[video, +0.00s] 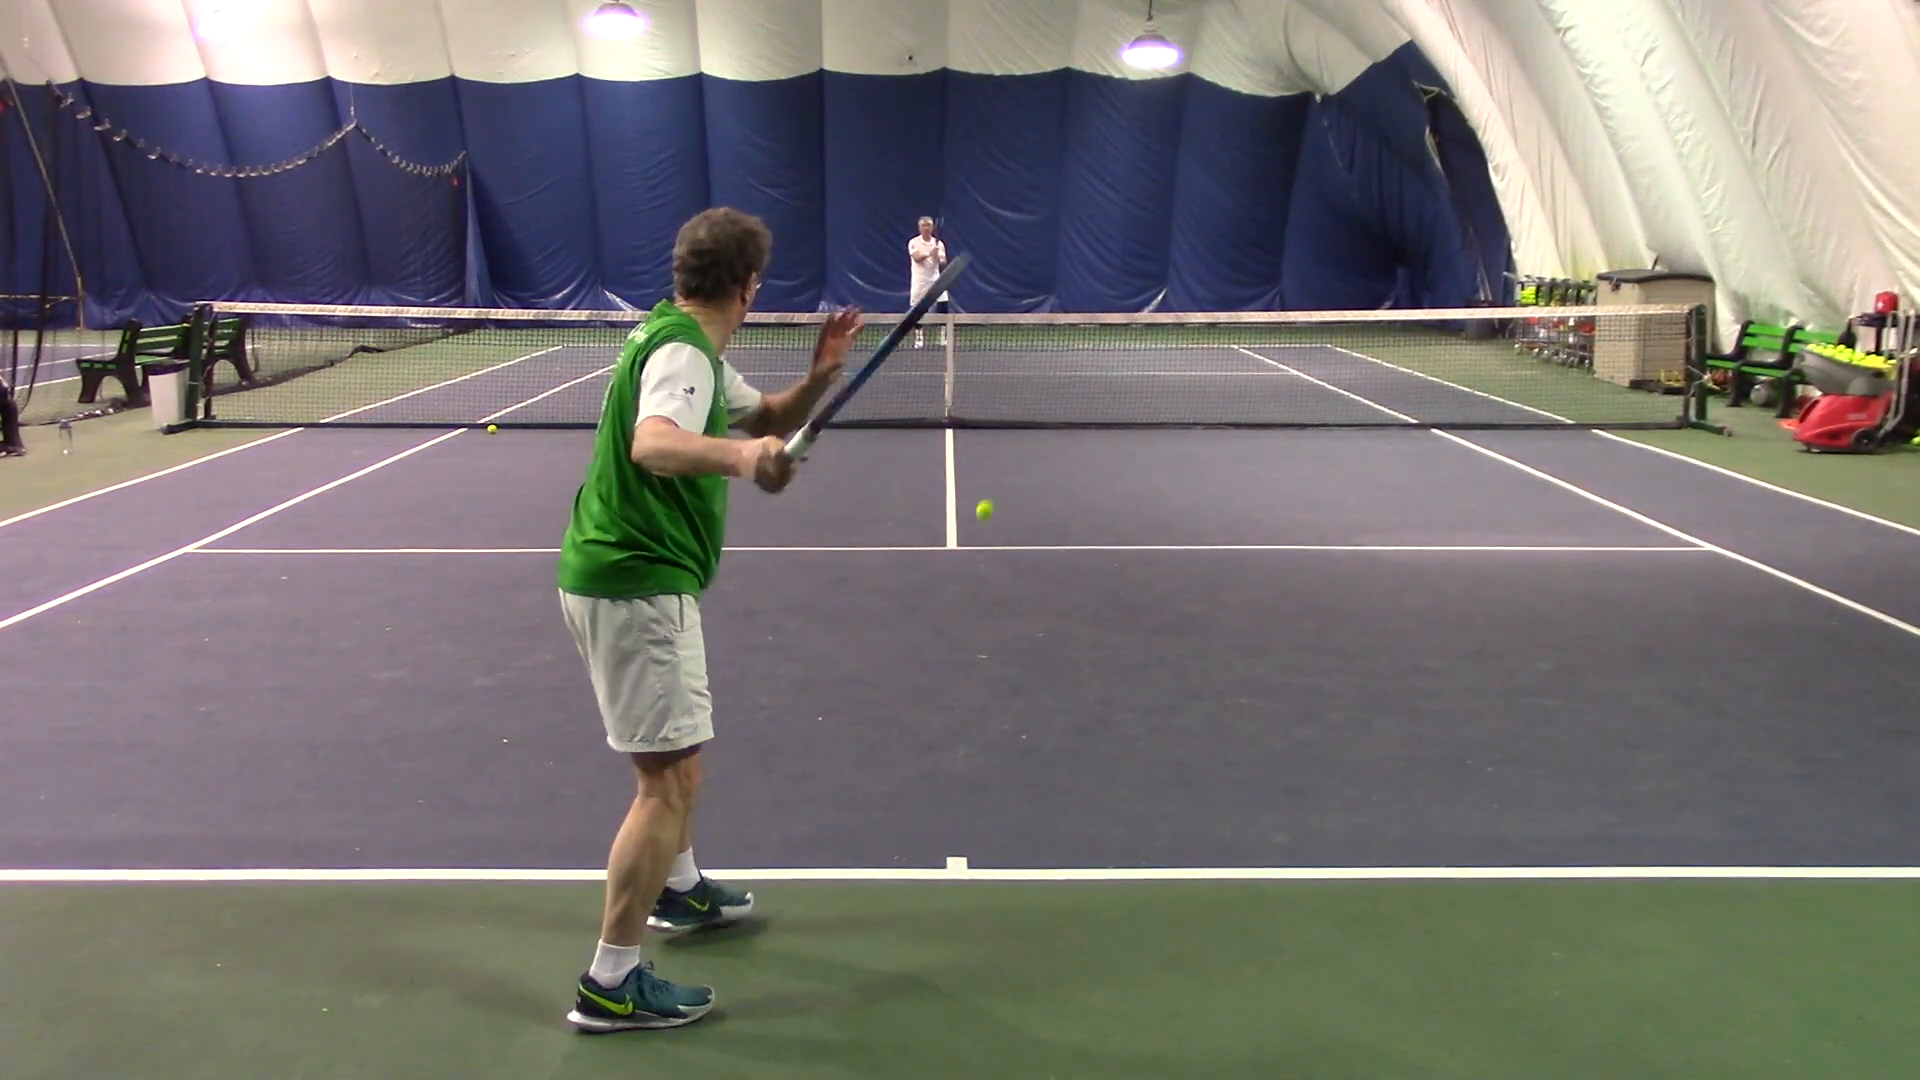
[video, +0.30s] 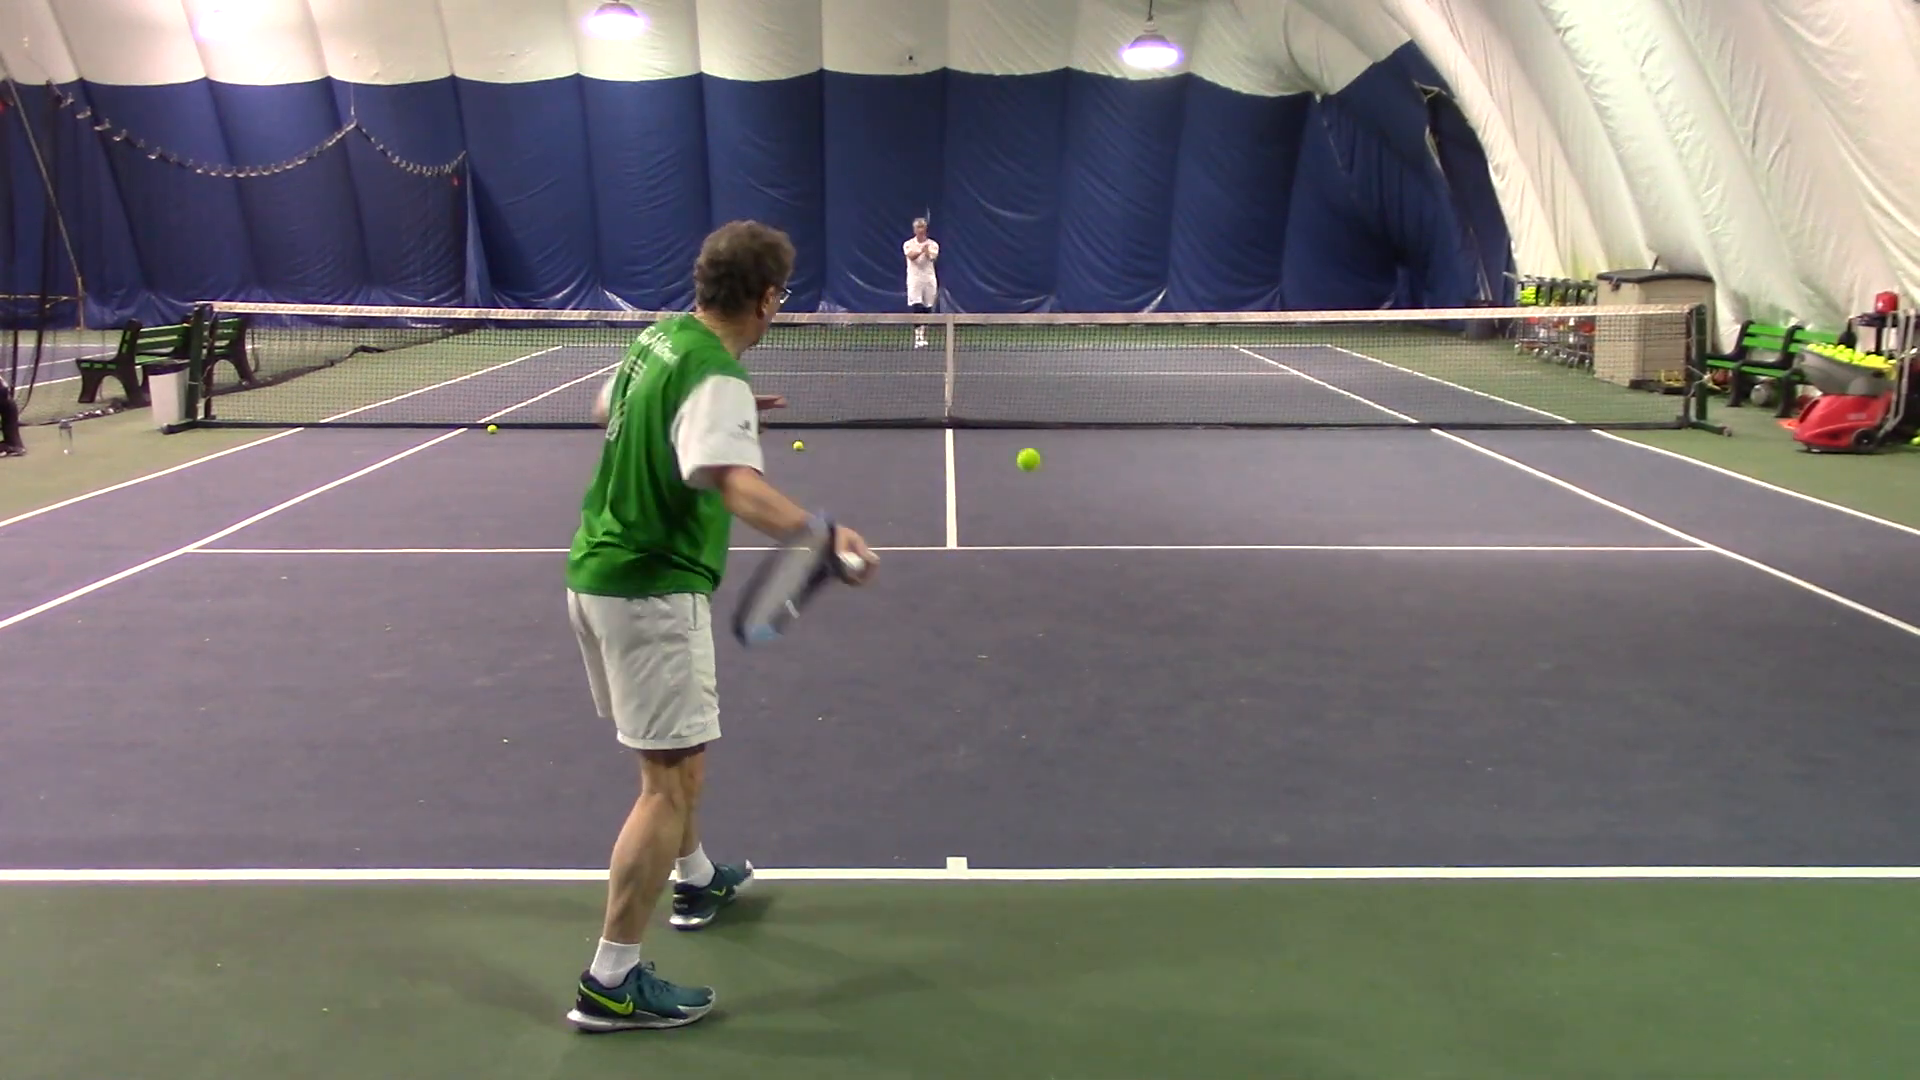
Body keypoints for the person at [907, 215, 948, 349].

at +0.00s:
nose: (926, 229)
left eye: (928, 225)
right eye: (923, 226)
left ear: (932, 227)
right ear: (919, 228)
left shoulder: (938, 243)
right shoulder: (913, 242)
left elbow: (943, 261)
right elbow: (917, 257)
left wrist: (938, 255)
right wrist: (931, 252)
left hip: (935, 278)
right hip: (919, 280)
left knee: (943, 304)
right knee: (918, 309)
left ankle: (943, 334)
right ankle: (919, 337)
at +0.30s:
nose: (920, 231)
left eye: (922, 228)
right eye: (918, 228)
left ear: (926, 229)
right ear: (914, 229)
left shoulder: (932, 244)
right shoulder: (908, 244)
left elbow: (933, 256)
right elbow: (911, 256)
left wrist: (926, 248)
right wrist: (922, 248)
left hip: (929, 278)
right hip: (915, 278)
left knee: (927, 308)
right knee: (917, 306)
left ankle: (923, 334)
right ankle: (917, 335)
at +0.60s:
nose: (919, 228)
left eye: (921, 225)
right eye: (916, 225)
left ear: (925, 227)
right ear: (912, 227)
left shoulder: (930, 244)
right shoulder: (905, 241)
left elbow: (930, 261)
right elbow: (907, 257)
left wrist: (922, 260)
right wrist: (922, 257)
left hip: (922, 276)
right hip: (907, 276)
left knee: (921, 306)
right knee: (907, 305)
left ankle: (920, 335)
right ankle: (908, 334)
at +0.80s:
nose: (914, 228)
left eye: (916, 225)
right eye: (911, 225)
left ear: (920, 227)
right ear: (907, 227)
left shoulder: (923, 243)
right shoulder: (900, 241)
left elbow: (926, 265)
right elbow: (903, 259)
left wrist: (924, 256)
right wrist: (918, 258)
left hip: (916, 276)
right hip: (901, 276)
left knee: (920, 305)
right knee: (894, 305)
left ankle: (919, 335)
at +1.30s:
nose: (918, 236)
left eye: (920, 233)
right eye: (916, 233)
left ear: (922, 235)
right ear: (910, 233)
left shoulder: (921, 247)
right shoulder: (903, 246)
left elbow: (926, 261)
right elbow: (909, 261)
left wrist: (934, 266)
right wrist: (928, 266)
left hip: (913, 281)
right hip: (900, 281)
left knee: (922, 307)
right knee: (897, 311)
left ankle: (919, 335)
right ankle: (890, 337)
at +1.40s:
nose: (923, 238)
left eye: (925, 236)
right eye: (920, 235)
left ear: (926, 237)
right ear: (915, 236)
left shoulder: (923, 249)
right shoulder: (908, 248)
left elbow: (933, 257)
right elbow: (921, 259)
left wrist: (944, 256)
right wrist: (939, 258)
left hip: (913, 280)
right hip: (901, 280)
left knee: (923, 307)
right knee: (907, 308)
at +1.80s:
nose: (937, 245)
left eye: (939, 243)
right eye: (935, 242)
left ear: (941, 244)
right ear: (930, 240)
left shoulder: (931, 253)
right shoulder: (920, 251)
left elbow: (930, 270)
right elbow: (931, 267)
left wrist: (943, 275)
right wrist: (941, 259)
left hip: (918, 283)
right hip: (906, 282)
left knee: (924, 308)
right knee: (915, 307)